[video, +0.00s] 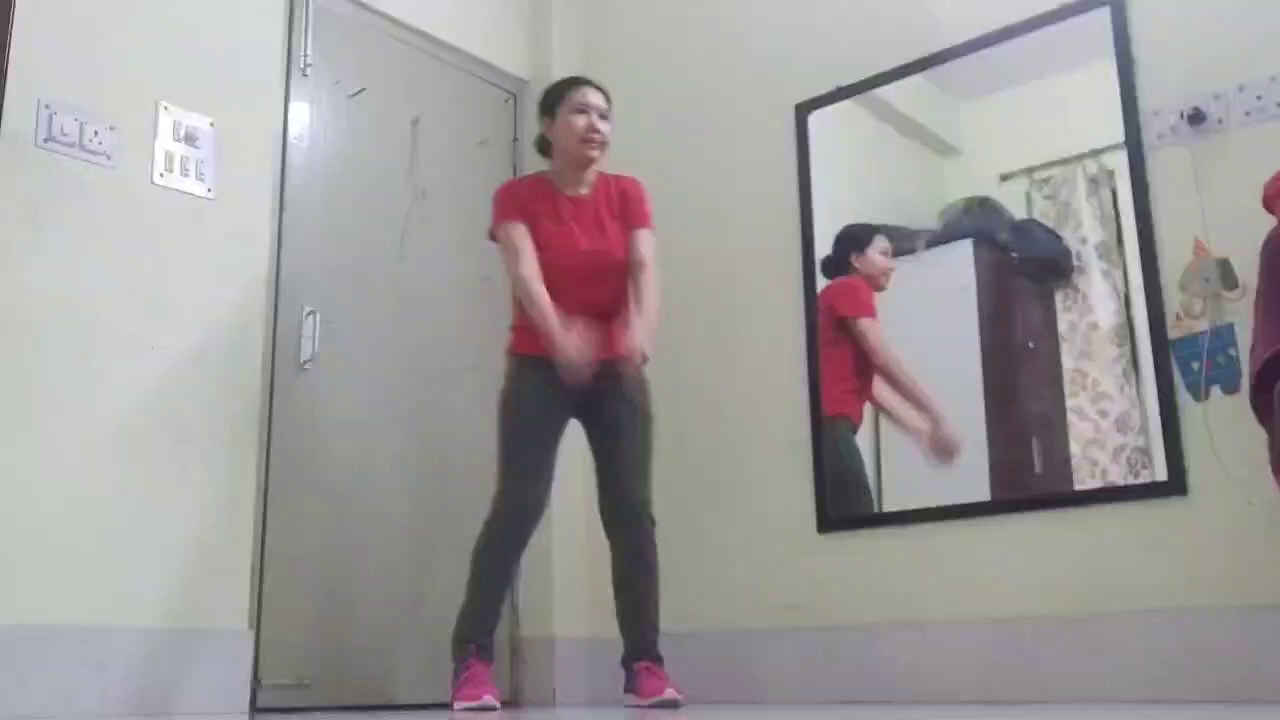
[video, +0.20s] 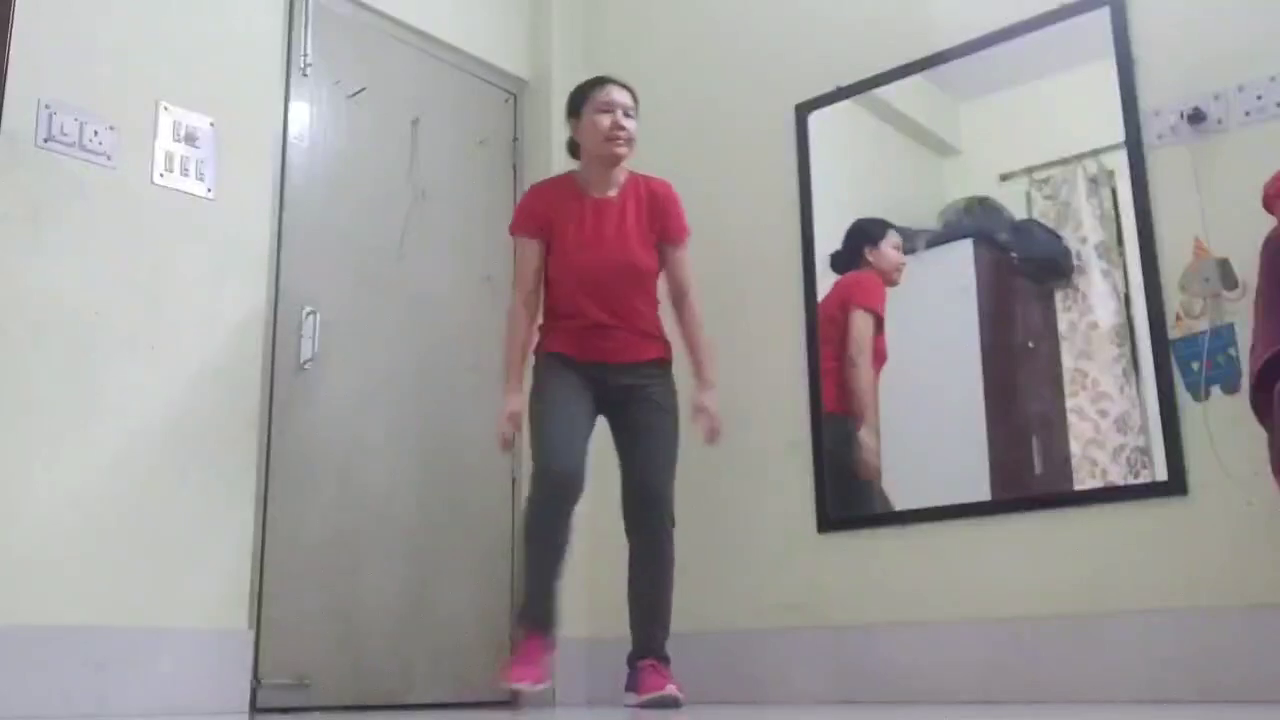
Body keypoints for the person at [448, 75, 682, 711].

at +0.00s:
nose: (595, 123)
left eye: (602, 115)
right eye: (581, 112)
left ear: (610, 131)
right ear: (548, 127)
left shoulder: (626, 193)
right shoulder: (518, 195)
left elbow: (644, 269)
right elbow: (525, 275)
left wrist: (641, 329)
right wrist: (558, 334)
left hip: (616, 368)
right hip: (540, 368)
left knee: (631, 511)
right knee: (518, 508)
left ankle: (644, 664)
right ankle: (473, 661)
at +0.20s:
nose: (619, 122)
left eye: (627, 114)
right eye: (604, 112)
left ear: (636, 132)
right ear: (575, 129)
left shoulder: (657, 198)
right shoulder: (543, 201)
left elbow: (684, 297)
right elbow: (524, 301)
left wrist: (705, 385)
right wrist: (513, 389)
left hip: (643, 371)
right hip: (564, 367)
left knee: (652, 514)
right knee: (558, 479)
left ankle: (650, 662)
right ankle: (533, 636)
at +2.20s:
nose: (508, 131)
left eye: (521, 119)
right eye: (495, 120)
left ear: (546, 127)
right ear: (480, 128)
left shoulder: (576, 189)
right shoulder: (461, 189)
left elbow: (592, 279)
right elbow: (472, 264)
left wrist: (576, 229)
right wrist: (541, 226)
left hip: (564, 374)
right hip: (482, 373)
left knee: (605, 519)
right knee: (461, 517)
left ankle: (655, 665)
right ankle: (430, 669)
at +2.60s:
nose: (614, 121)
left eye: (626, 112)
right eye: (601, 110)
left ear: (642, 128)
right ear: (578, 125)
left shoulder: (666, 197)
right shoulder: (551, 199)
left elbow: (701, 294)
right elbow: (516, 299)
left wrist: (729, 384)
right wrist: (500, 389)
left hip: (653, 372)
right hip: (574, 368)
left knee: (657, 512)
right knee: (575, 490)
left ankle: (658, 663)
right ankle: (562, 633)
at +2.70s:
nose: (622, 118)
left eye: (634, 110)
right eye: (609, 107)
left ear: (649, 127)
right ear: (585, 123)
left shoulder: (673, 195)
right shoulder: (556, 195)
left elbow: (720, 274)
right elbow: (493, 271)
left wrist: (749, 356)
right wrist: (496, 362)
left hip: (660, 368)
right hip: (583, 367)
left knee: (662, 511)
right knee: (615, 491)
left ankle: (659, 663)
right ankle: (615, 643)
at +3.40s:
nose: (517, 143)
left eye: (529, 129)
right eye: (510, 132)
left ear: (568, 128)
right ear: (507, 138)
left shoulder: (610, 191)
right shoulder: (503, 192)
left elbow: (602, 268)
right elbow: (498, 263)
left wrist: (546, 218)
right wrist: (526, 218)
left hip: (599, 377)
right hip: (520, 377)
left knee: (622, 517)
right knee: (479, 516)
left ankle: (654, 667)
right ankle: (429, 666)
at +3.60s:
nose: (460, 158)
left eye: (472, 146)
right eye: (455, 147)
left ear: (513, 144)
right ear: (454, 150)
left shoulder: (560, 211)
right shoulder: (449, 205)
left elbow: (565, 301)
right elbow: (437, 286)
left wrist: (547, 372)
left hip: (538, 378)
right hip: (463, 377)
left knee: (567, 514)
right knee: (444, 519)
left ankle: (627, 657)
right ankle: (428, 672)